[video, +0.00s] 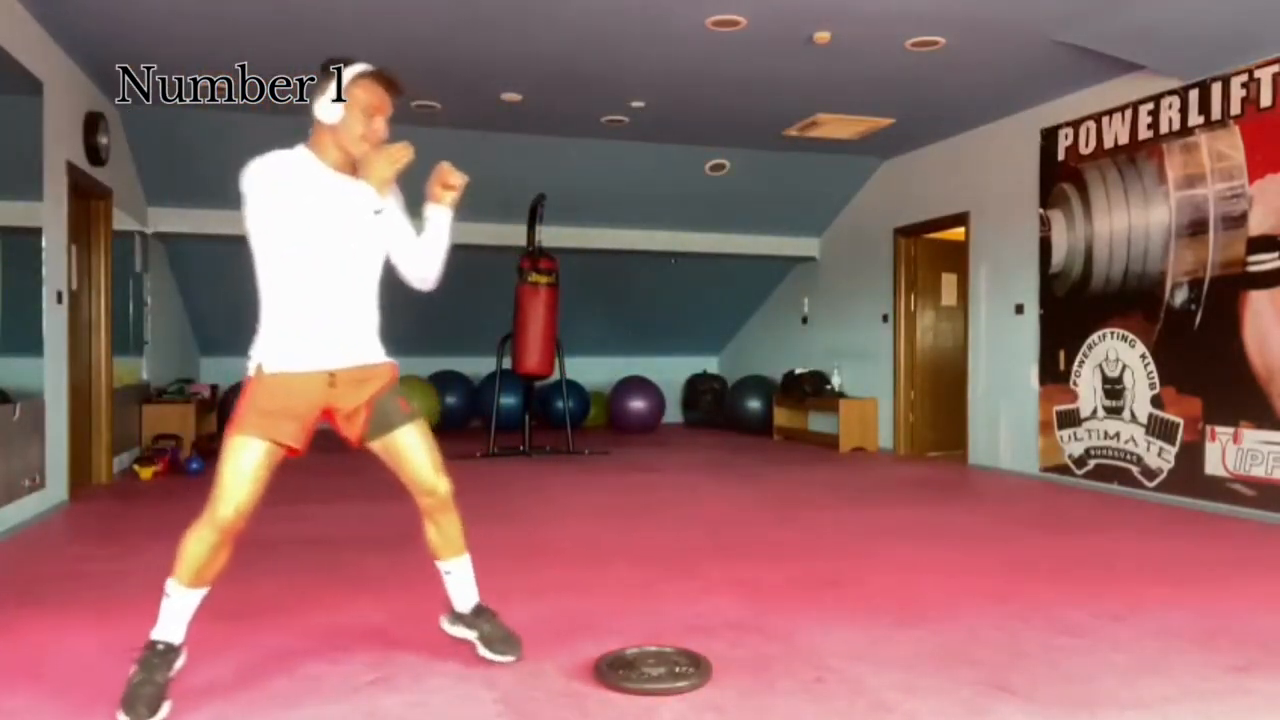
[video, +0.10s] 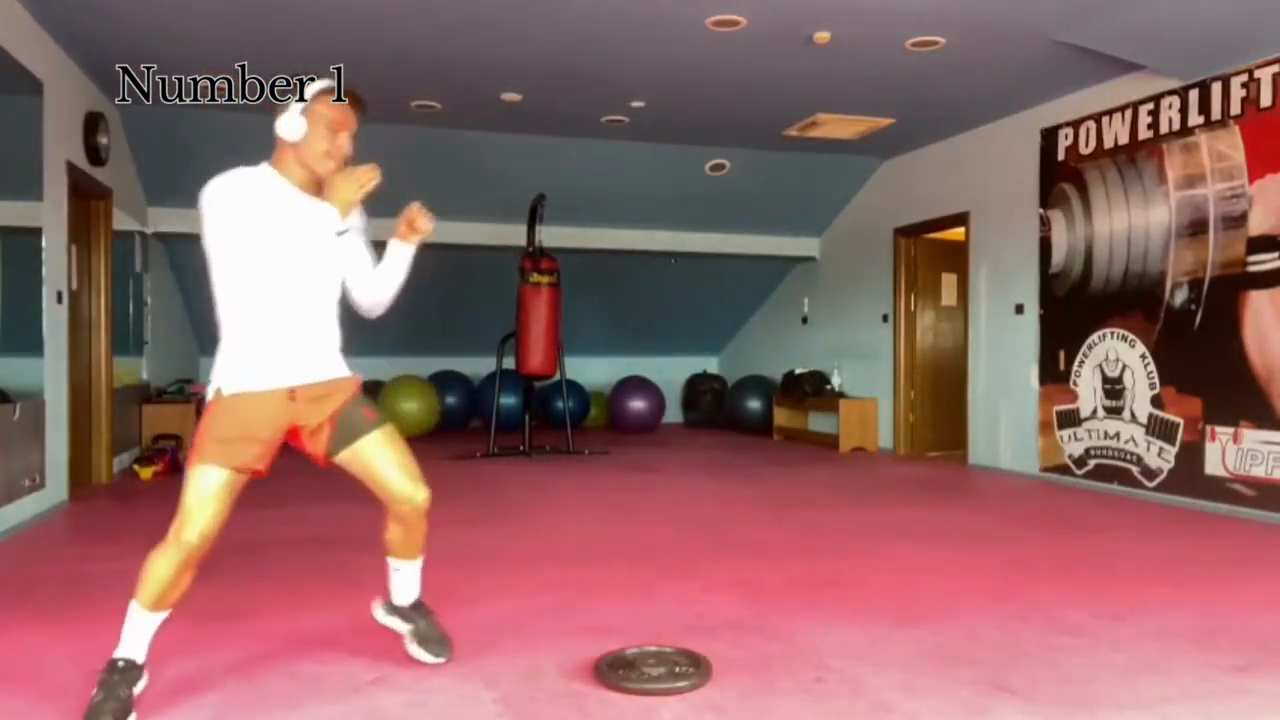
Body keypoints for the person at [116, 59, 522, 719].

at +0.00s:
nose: (380, 132)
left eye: (385, 122)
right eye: (370, 117)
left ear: (381, 125)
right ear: (328, 110)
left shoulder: (375, 191)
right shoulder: (267, 175)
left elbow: (423, 271)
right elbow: (299, 232)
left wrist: (439, 208)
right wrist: (373, 179)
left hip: (367, 374)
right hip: (282, 378)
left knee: (436, 489)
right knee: (224, 516)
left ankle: (467, 609)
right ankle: (164, 646)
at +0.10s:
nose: (345, 148)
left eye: (350, 137)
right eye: (334, 132)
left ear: (350, 143)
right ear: (295, 129)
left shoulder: (336, 213)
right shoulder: (227, 192)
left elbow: (372, 300)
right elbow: (268, 260)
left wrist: (403, 245)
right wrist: (338, 208)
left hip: (327, 387)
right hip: (246, 395)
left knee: (411, 497)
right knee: (191, 538)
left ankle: (404, 603)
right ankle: (126, 663)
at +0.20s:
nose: (316, 170)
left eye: (321, 158)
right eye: (305, 154)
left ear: (320, 162)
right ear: (263, 152)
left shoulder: (311, 230)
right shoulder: (196, 223)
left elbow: (329, 319)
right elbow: (233, 302)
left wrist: (389, 315)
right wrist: (309, 243)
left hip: (305, 412)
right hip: (219, 419)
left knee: (386, 520)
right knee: (167, 558)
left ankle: (367, 619)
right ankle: (123, 672)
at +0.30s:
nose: (315, 152)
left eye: (323, 141)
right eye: (305, 136)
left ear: (323, 147)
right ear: (263, 132)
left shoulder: (313, 206)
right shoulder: (196, 200)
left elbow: (334, 291)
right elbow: (234, 268)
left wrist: (410, 299)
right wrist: (310, 207)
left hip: (317, 393)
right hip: (229, 403)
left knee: (402, 503)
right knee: (174, 541)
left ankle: (396, 604)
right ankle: (125, 668)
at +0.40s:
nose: (341, 122)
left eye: (346, 111)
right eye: (332, 108)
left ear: (344, 117)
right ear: (288, 105)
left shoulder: (342, 176)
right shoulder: (221, 174)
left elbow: (378, 240)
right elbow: (257, 245)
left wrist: (454, 213)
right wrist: (329, 175)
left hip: (342, 369)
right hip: (254, 378)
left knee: (421, 485)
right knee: (198, 513)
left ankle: (445, 596)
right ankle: (153, 655)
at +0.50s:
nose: (365, 142)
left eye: (373, 132)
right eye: (355, 127)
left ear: (375, 134)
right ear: (315, 120)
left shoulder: (375, 191)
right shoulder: (255, 184)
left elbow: (447, 217)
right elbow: (295, 233)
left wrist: (490, 161)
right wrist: (367, 173)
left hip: (366, 376)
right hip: (279, 384)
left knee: (440, 492)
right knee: (222, 516)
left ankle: (485, 607)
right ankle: (168, 654)